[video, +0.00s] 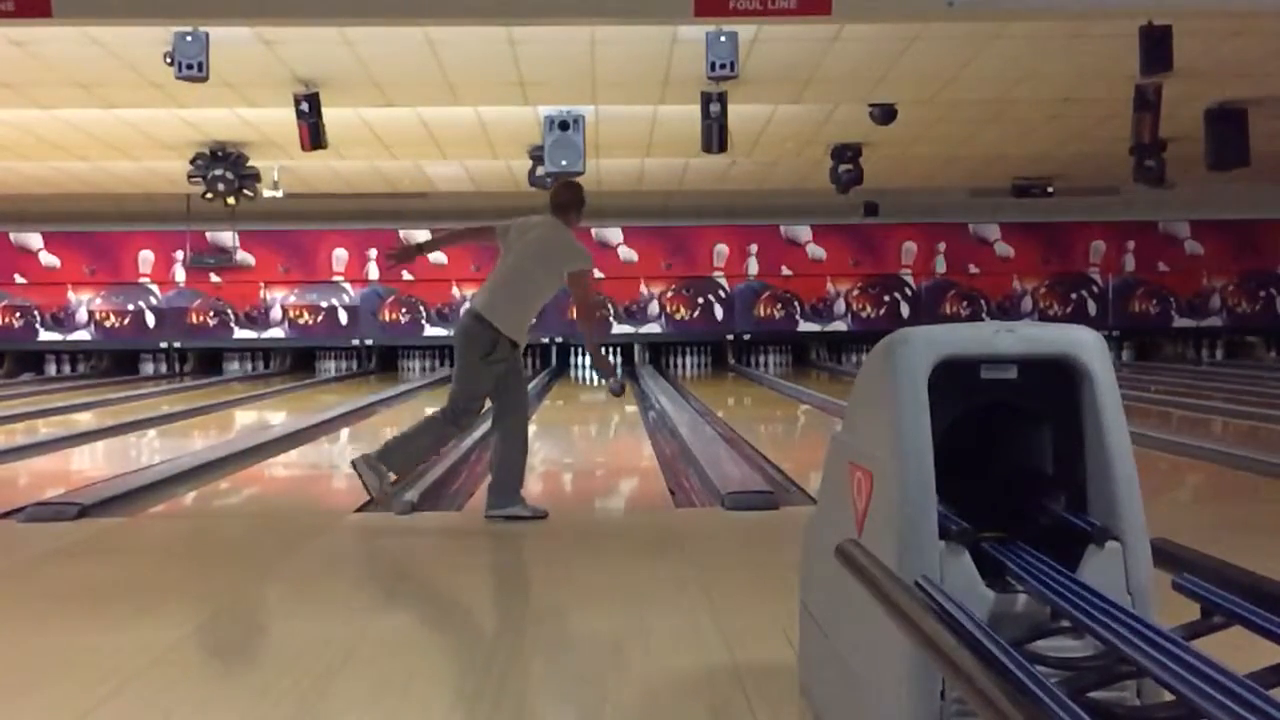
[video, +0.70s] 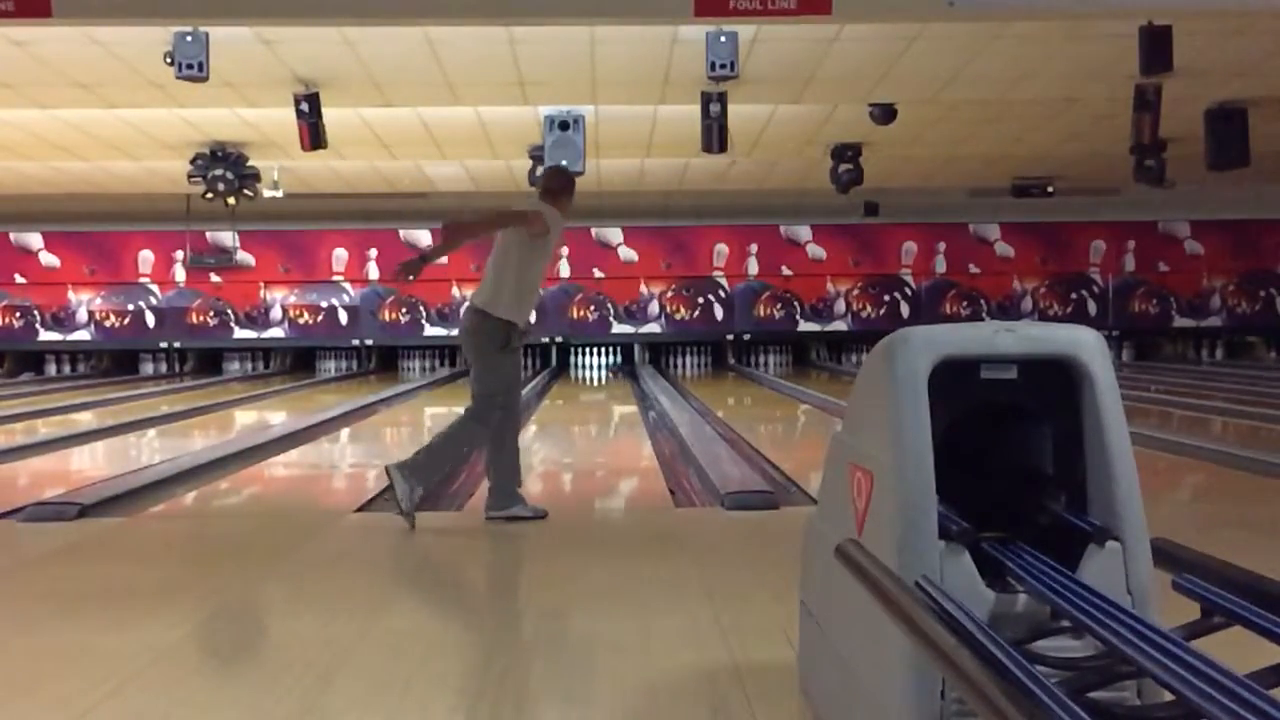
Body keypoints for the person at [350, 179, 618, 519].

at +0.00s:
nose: (580, 217)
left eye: (572, 209)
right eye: (581, 211)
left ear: (550, 205)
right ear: (579, 212)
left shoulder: (523, 226)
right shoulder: (574, 252)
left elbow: (465, 234)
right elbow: (585, 313)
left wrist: (416, 249)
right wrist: (595, 354)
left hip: (500, 341)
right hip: (487, 335)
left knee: (513, 418)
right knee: (459, 414)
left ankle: (505, 500)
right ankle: (379, 463)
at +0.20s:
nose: (576, 213)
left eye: (574, 205)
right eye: (578, 207)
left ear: (548, 199)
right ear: (576, 207)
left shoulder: (523, 220)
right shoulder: (559, 239)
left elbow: (472, 235)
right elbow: (545, 299)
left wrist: (426, 254)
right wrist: (544, 361)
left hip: (498, 336)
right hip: (489, 332)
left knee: (518, 416)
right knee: (461, 415)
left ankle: (505, 500)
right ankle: (393, 484)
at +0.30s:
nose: (574, 210)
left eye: (571, 201)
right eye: (576, 204)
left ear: (547, 196)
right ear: (575, 204)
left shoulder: (521, 219)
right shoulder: (555, 236)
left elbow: (472, 235)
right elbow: (529, 280)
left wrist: (428, 258)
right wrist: (515, 333)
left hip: (487, 327)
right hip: (491, 332)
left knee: (517, 414)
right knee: (461, 414)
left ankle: (506, 501)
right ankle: (393, 483)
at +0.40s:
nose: (573, 207)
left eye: (570, 199)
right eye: (575, 200)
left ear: (545, 195)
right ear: (574, 201)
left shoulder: (522, 218)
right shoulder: (551, 229)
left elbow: (473, 236)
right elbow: (517, 260)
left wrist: (428, 261)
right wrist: (487, 314)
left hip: (499, 333)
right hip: (492, 331)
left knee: (514, 415)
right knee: (463, 414)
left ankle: (505, 501)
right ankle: (394, 482)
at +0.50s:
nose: (574, 204)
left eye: (571, 196)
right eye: (574, 197)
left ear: (545, 193)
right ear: (573, 197)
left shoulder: (525, 216)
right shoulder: (548, 222)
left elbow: (474, 236)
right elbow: (510, 244)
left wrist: (428, 262)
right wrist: (472, 277)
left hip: (500, 329)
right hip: (491, 327)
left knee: (510, 416)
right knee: (469, 412)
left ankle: (505, 500)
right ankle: (398, 480)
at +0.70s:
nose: (573, 199)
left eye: (570, 192)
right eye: (572, 192)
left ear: (541, 189)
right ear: (568, 192)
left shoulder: (532, 217)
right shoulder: (547, 217)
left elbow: (469, 228)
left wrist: (424, 258)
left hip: (495, 326)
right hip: (493, 326)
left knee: (505, 415)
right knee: (487, 413)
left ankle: (504, 498)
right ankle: (412, 474)